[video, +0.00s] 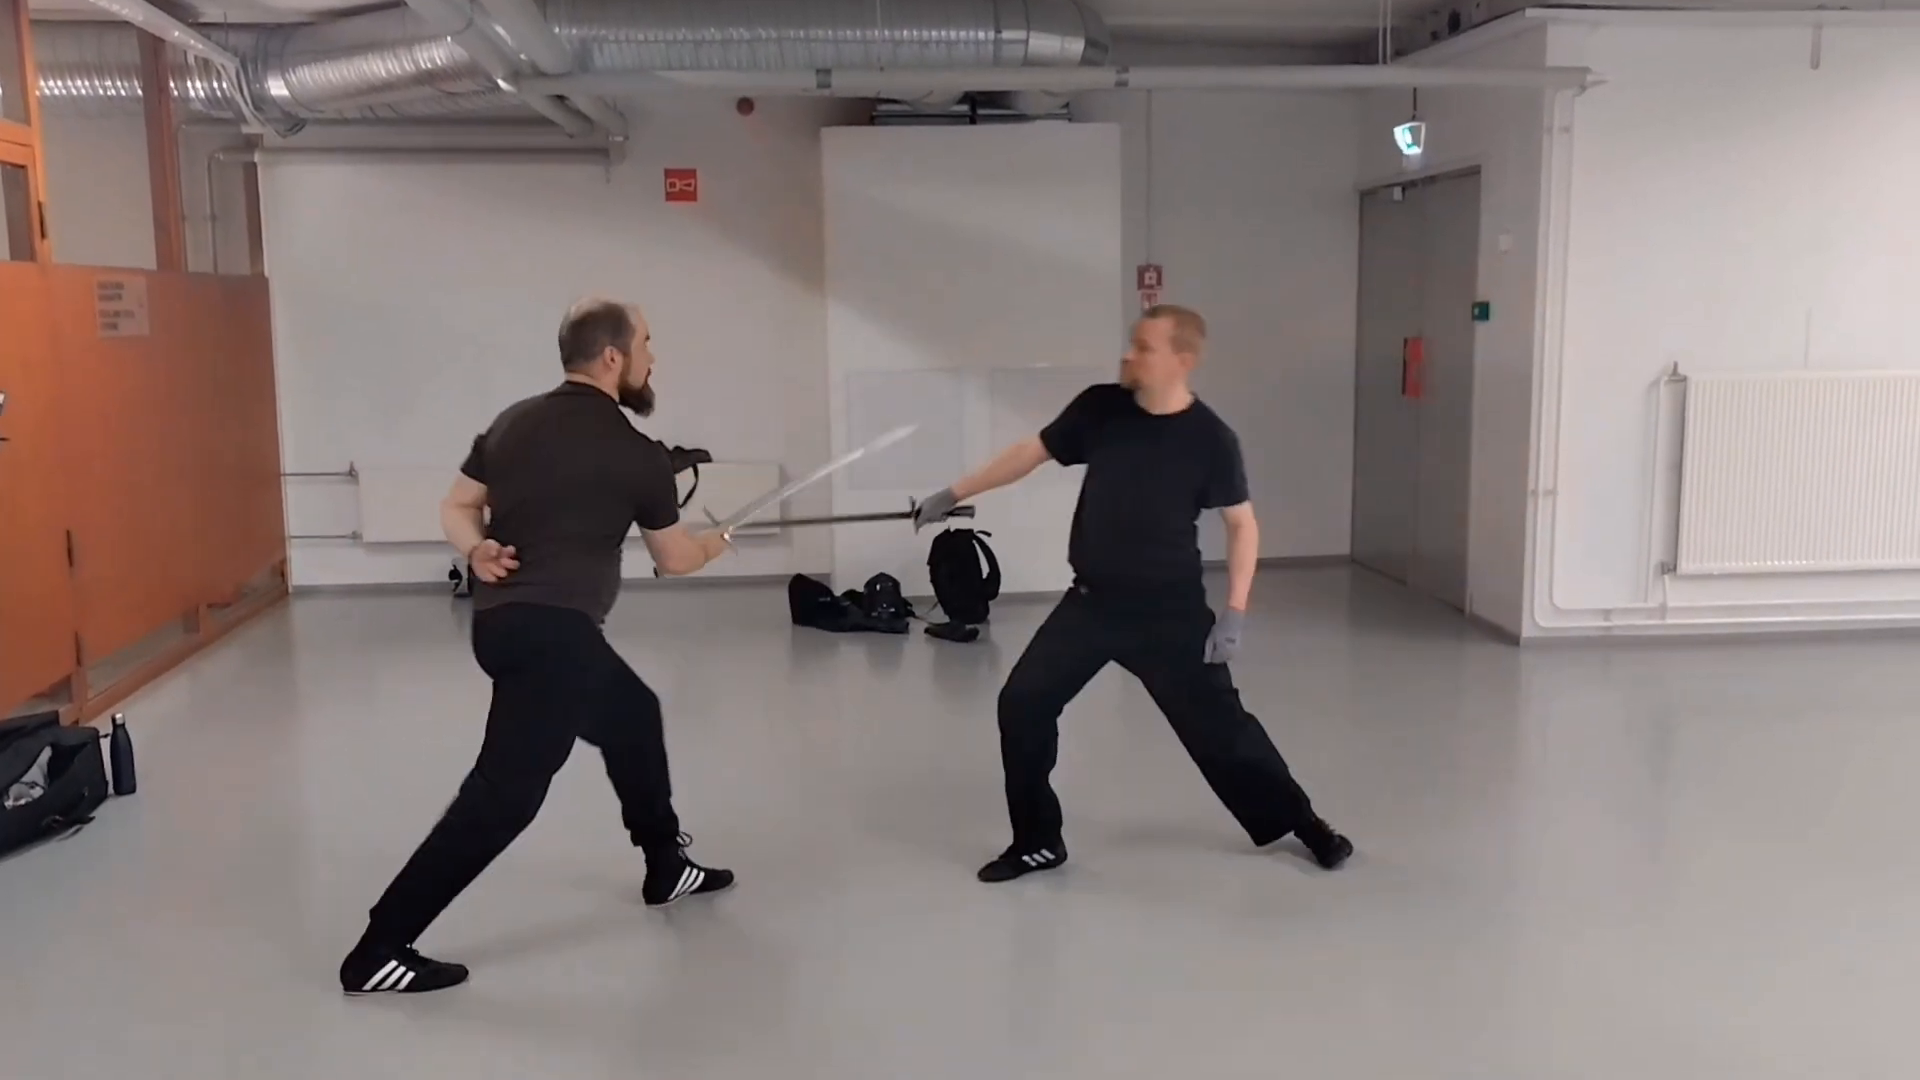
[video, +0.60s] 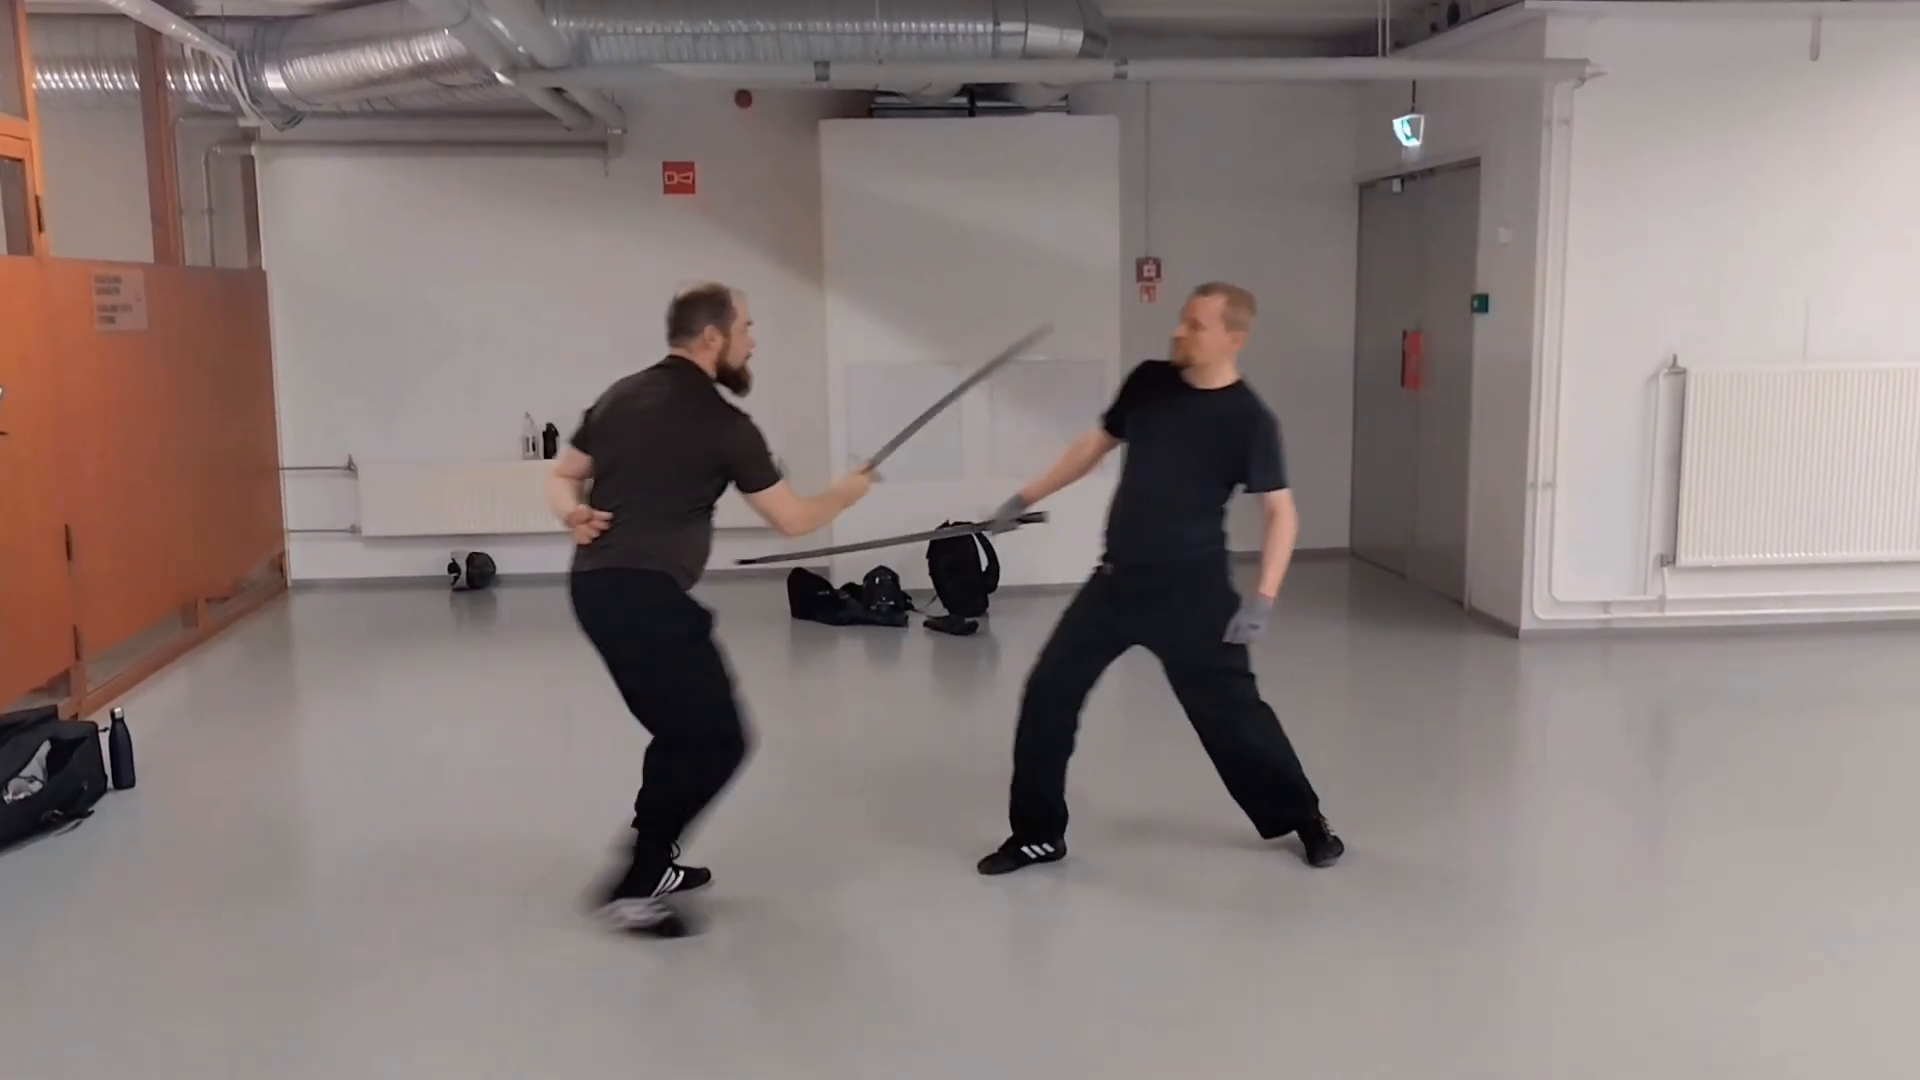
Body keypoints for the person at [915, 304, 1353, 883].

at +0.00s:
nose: (1128, 356)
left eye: (1143, 349)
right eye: (1131, 345)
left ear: (1183, 360)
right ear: (1137, 353)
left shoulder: (1211, 439)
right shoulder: (1101, 407)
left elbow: (1242, 528)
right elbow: (1029, 454)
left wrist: (1234, 614)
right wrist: (952, 494)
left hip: (1169, 613)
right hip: (1090, 605)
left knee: (1224, 728)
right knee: (1022, 702)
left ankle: (1305, 824)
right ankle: (1038, 839)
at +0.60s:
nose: (1179, 332)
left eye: (1194, 326)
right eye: (1182, 321)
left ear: (1233, 339)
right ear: (1183, 326)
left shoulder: (1249, 419)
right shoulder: (1150, 381)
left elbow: (1281, 514)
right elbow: (1093, 447)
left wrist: (1263, 599)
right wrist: (1025, 498)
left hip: (1193, 591)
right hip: (1118, 581)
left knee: (1233, 714)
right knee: (1049, 690)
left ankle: (1306, 818)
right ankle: (1038, 832)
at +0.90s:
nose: (1272, 292)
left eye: (1287, 285)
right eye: (1275, 281)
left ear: (1328, 297)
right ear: (1279, 288)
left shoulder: (1353, 376)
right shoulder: (1253, 347)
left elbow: (1382, 476)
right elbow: (1219, 428)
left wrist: (1358, 561)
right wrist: (1172, 491)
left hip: (1306, 555)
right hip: (1231, 546)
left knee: (1314, 694)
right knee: (1180, 670)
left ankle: (1318, 824)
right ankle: (1168, 802)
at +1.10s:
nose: (1311, 278)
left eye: (1326, 268)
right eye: (1314, 267)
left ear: (1368, 280)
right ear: (1329, 278)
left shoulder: (1394, 359)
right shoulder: (1301, 339)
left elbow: (1414, 463)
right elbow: (1281, 424)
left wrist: (1388, 550)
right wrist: (1242, 496)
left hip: (1351, 536)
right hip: (1292, 530)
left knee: (1331, 681)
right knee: (1293, 675)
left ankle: (1320, 820)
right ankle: (1363, 759)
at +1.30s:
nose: (1346, 281)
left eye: (1359, 272)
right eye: (1347, 271)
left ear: (1401, 282)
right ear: (1367, 283)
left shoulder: (1426, 360)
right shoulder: (1348, 350)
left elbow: (1443, 464)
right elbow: (1334, 436)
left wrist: (1407, 550)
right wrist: (1283, 494)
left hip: (1397, 537)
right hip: (1352, 531)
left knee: (1352, 666)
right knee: (1399, 659)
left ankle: (1322, 813)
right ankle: (1478, 743)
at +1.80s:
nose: (1385, 276)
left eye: (1397, 266)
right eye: (1385, 266)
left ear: (1436, 273)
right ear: (1423, 275)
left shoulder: (1450, 338)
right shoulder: (1428, 337)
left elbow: (1455, 436)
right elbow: (1435, 430)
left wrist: (1425, 524)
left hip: (1444, 519)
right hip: (1439, 514)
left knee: (1403, 654)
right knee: (1451, 649)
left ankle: (1409, 804)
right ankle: (1470, 772)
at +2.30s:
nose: (1349, 288)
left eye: (1360, 277)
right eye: (1350, 278)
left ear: (1401, 283)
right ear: (1398, 286)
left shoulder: (1410, 347)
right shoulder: (1412, 344)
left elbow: (1413, 451)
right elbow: (1391, 425)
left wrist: (1389, 541)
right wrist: (1349, 384)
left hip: (1425, 525)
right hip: (1443, 518)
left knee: (1390, 665)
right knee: (1441, 652)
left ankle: (1389, 818)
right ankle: (1448, 771)